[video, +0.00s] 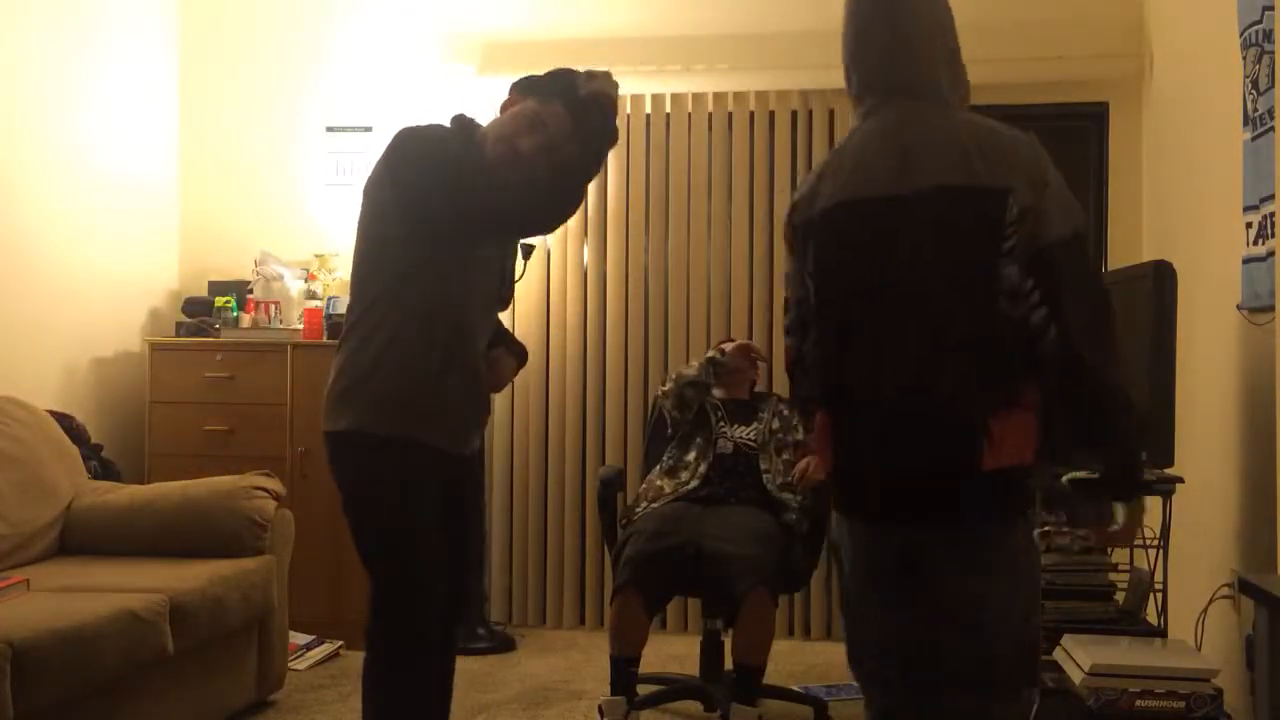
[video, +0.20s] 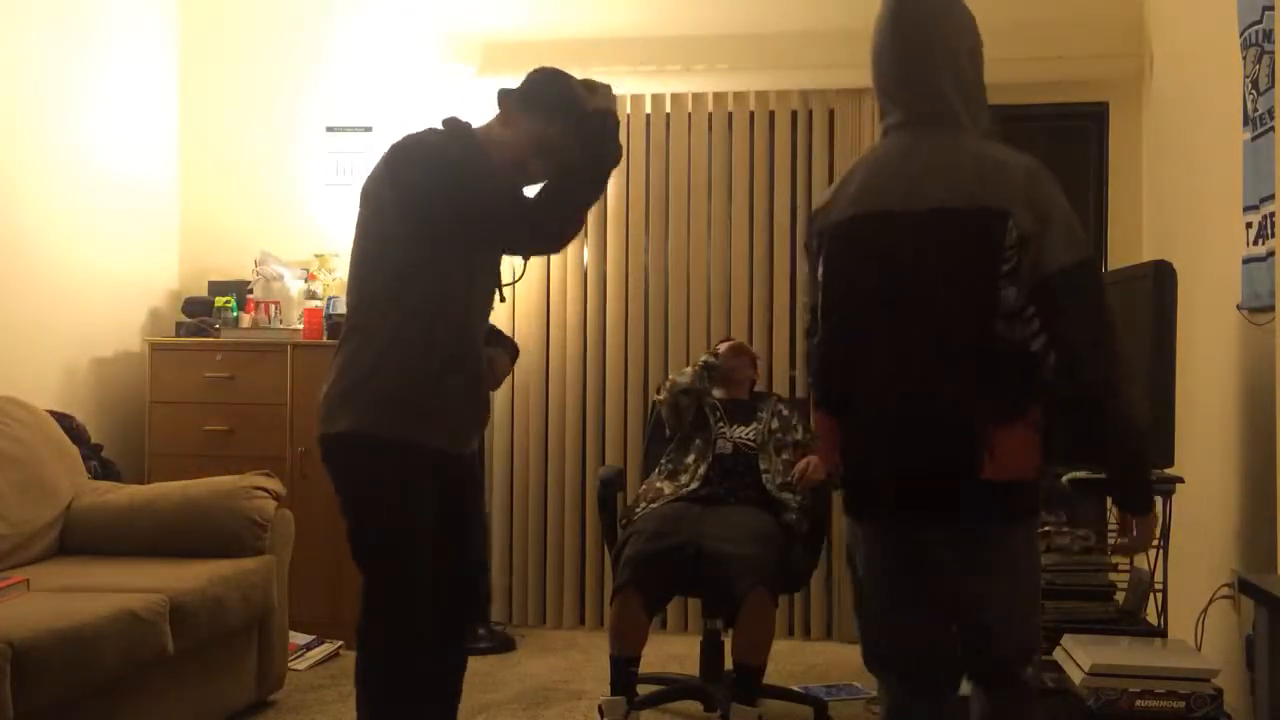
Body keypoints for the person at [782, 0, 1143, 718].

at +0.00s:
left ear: (856, 59)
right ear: (946, 48)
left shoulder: (820, 189)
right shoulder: (1012, 158)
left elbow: (805, 350)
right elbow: (1079, 318)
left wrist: (821, 424)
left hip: (869, 492)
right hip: (988, 488)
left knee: (890, 686)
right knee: (994, 687)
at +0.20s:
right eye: (972, 56)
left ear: (882, 72)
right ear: (969, 64)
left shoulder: (840, 204)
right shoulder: (1019, 185)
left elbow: (826, 356)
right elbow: (1085, 349)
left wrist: (838, 457)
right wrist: (1130, 483)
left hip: (883, 489)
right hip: (995, 488)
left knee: (909, 688)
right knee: (1007, 681)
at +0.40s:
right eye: (980, 67)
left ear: (893, 78)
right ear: (977, 71)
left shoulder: (851, 204)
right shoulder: (1022, 188)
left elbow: (838, 352)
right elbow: (1067, 350)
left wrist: (866, 451)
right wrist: (1102, 480)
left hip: (894, 477)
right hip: (1001, 475)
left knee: (917, 669)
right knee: (1008, 671)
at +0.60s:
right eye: (987, 87)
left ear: (916, 97)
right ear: (992, 93)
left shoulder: (865, 216)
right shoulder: (1034, 209)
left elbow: (846, 345)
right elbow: (1074, 357)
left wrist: (857, 430)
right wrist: (1093, 484)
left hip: (903, 476)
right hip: (1004, 474)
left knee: (920, 657)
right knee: (1001, 660)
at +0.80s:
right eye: (993, 92)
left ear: (924, 98)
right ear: (998, 100)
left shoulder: (871, 210)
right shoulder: (1038, 214)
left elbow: (846, 332)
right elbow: (1069, 346)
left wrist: (857, 401)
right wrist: (1057, 434)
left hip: (903, 459)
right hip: (1004, 462)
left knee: (901, 645)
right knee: (995, 649)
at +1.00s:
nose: (921, 113)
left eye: (921, 101)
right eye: (982, 103)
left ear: (919, 107)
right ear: (991, 112)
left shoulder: (870, 212)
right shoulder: (1028, 219)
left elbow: (847, 332)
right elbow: (1053, 344)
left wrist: (859, 399)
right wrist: (1043, 427)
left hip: (901, 461)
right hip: (997, 463)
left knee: (878, 631)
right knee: (990, 643)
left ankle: (895, 716)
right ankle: (982, 717)